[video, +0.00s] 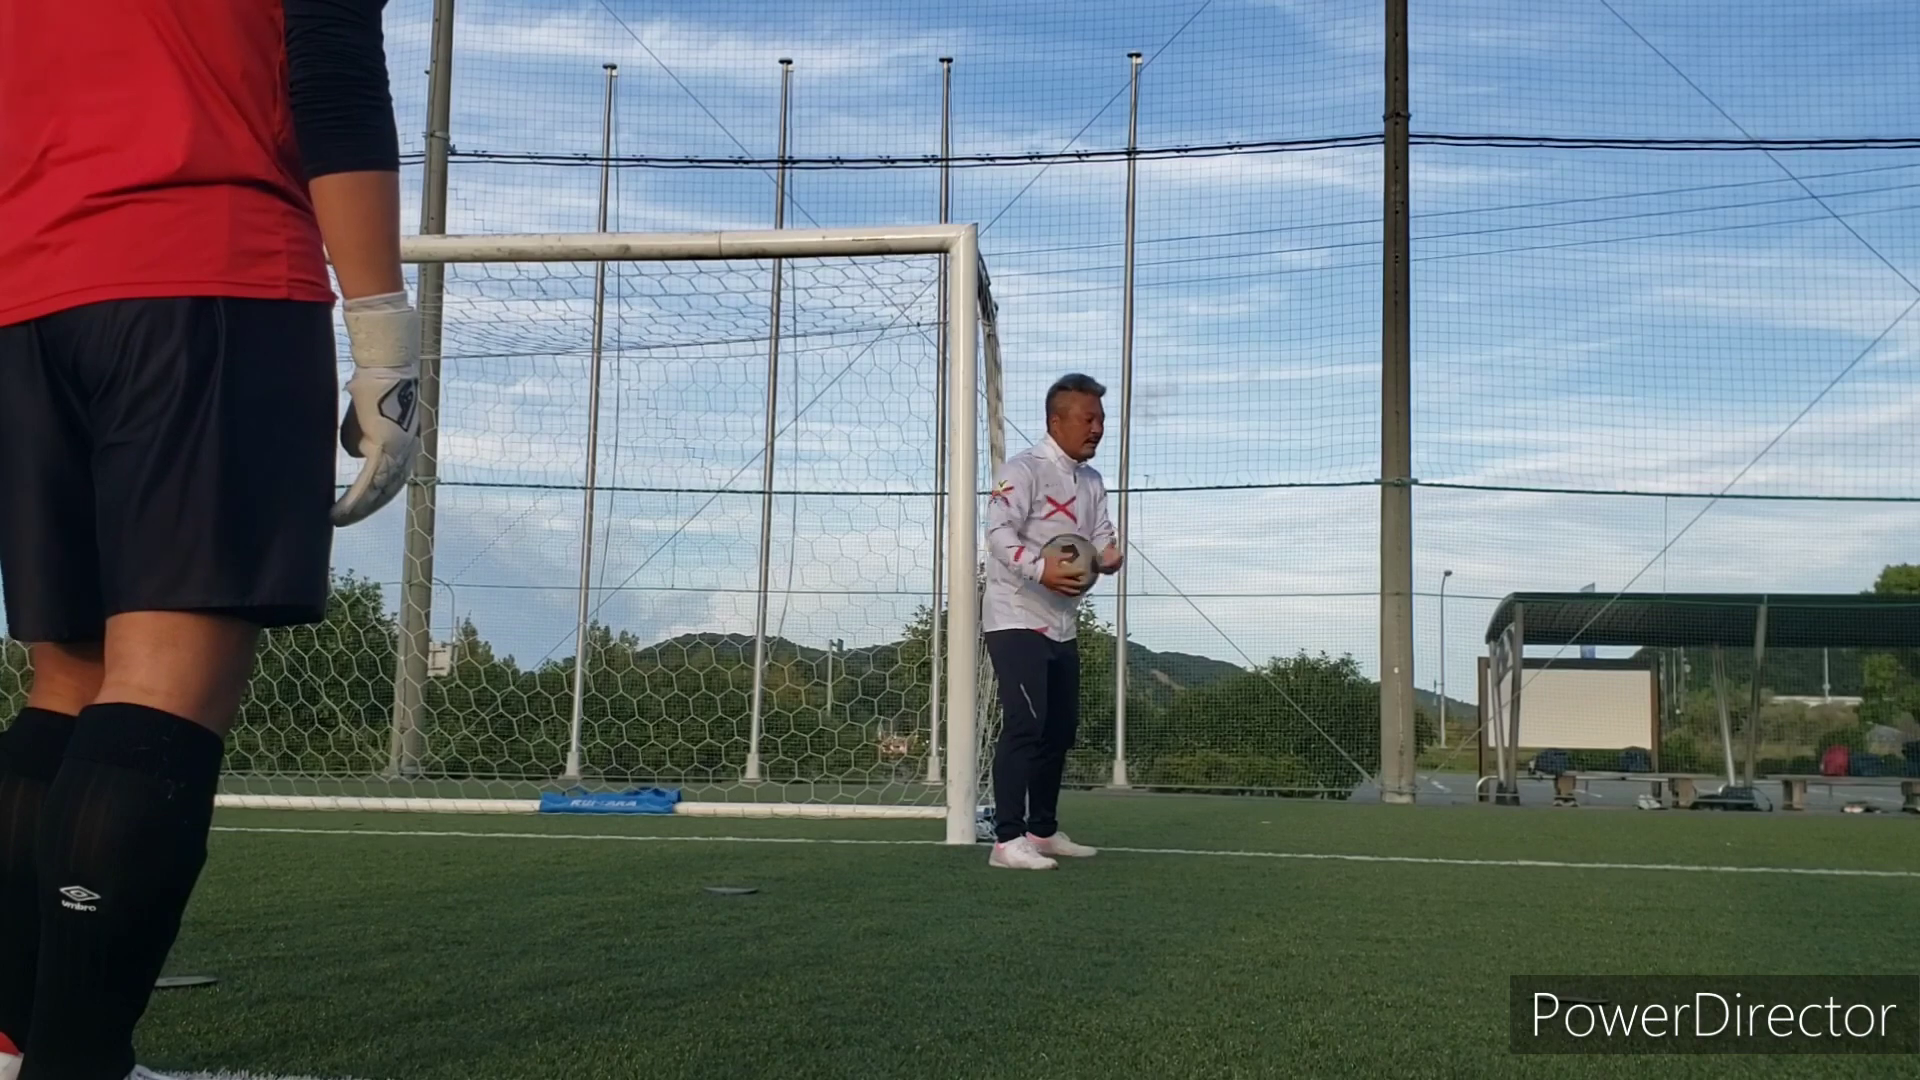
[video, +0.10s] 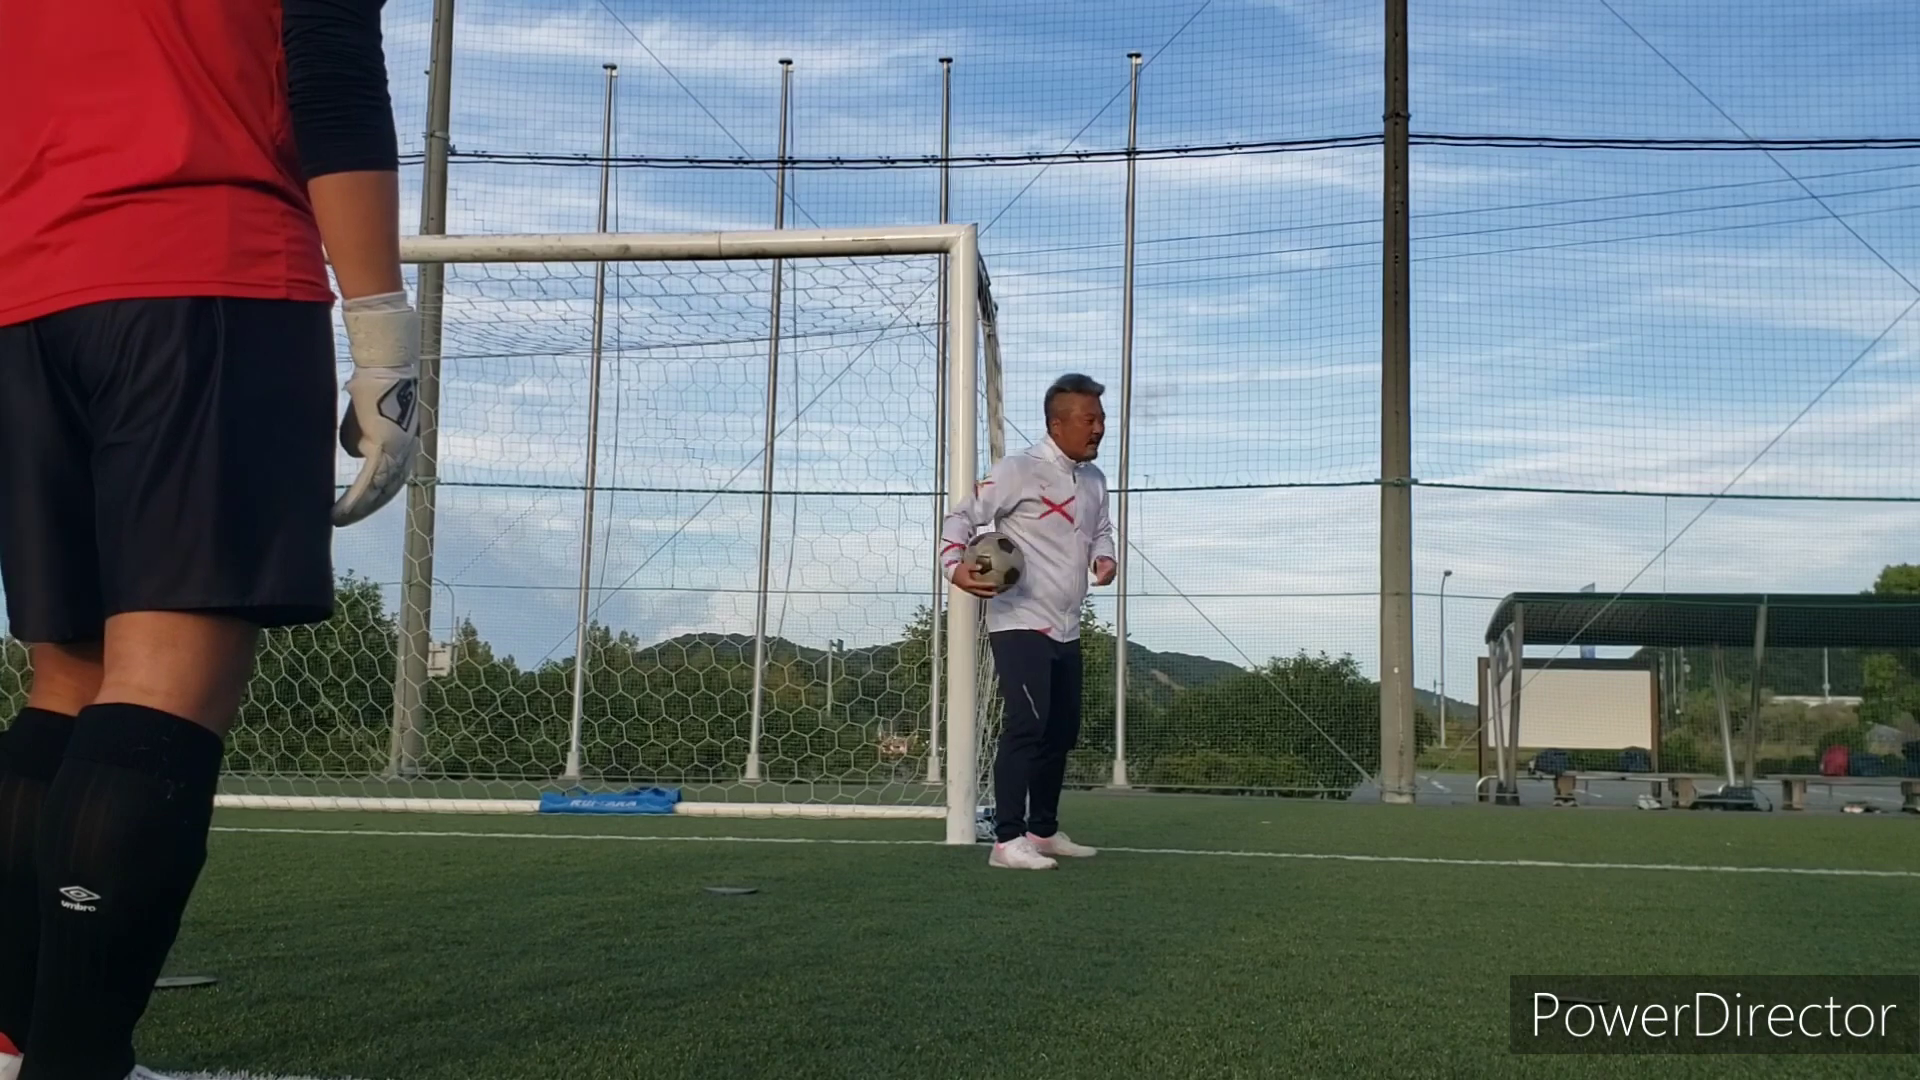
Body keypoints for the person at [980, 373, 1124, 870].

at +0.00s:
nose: (1098, 428)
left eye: (1101, 419)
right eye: (1088, 419)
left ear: (1099, 422)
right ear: (1055, 421)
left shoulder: (1092, 481)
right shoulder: (1023, 469)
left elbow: (1102, 538)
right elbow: (998, 535)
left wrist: (1106, 558)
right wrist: (1040, 567)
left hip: (1061, 620)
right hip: (1014, 616)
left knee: (1060, 726)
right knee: (1027, 721)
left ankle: (1041, 832)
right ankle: (1008, 841)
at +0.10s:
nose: (1098, 427)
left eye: (1100, 417)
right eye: (1087, 419)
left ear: (1098, 421)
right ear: (1055, 423)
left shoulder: (1093, 480)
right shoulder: (1019, 471)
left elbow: (1102, 532)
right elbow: (962, 517)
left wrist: (1103, 557)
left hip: (1064, 625)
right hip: (1017, 619)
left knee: (1060, 729)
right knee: (1026, 723)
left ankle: (1041, 832)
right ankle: (1007, 841)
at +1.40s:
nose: (1044, 415)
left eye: (1051, 406)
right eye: (1031, 408)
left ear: (1060, 414)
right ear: (1011, 417)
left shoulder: (1060, 471)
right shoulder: (1006, 468)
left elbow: (1081, 520)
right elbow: (1053, 499)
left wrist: (1096, 519)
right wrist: (1110, 521)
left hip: (1059, 619)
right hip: (1020, 618)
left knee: (1061, 724)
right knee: (1025, 724)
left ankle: (1042, 831)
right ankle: (1008, 839)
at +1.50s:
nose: (1054, 413)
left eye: (1056, 405)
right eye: (1042, 406)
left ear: (1059, 412)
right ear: (1013, 416)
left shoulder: (1062, 476)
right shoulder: (1001, 467)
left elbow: (1092, 526)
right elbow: (1029, 518)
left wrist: (1131, 496)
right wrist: (1095, 486)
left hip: (1061, 619)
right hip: (1023, 618)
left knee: (1059, 727)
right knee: (1028, 724)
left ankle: (1043, 830)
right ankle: (1008, 839)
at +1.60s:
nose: (1056, 413)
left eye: (1057, 404)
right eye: (1043, 405)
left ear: (1059, 412)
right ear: (1014, 415)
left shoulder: (1062, 476)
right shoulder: (1003, 466)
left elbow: (1092, 527)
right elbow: (1031, 520)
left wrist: (1130, 497)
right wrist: (1096, 487)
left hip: (1061, 620)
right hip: (1023, 619)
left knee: (1059, 726)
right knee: (1028, 724)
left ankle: (1043, 831)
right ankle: (1009, 838)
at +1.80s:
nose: (1057, 413)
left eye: (1058, 404)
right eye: (1045, 405)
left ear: (1060, 412)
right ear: (1016, 414)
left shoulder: (1059, 474)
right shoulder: (1003, 467)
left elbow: (1093, 528)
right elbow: (1032, 522)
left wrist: (1124, 492)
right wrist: (1088, 482)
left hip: (1061, 619)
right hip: (1023, 618)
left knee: (1060, 724)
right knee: (1028, 723)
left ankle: (1043, 830)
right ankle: (1008, 839)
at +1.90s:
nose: (1055, 412)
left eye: (1057, 404)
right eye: (1042, 405)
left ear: (1061, 411)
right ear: (1015, 415)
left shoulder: (1061, 474)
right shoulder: (1003, 466)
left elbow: (1093, 528)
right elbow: (1030, 521)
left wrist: (1125, 493)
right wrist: (1089, 481)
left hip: (1061, 619)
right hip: (1023, 618)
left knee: (1060, 725)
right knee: (1028, 724)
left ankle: (1042, 830)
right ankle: (1008, 839)